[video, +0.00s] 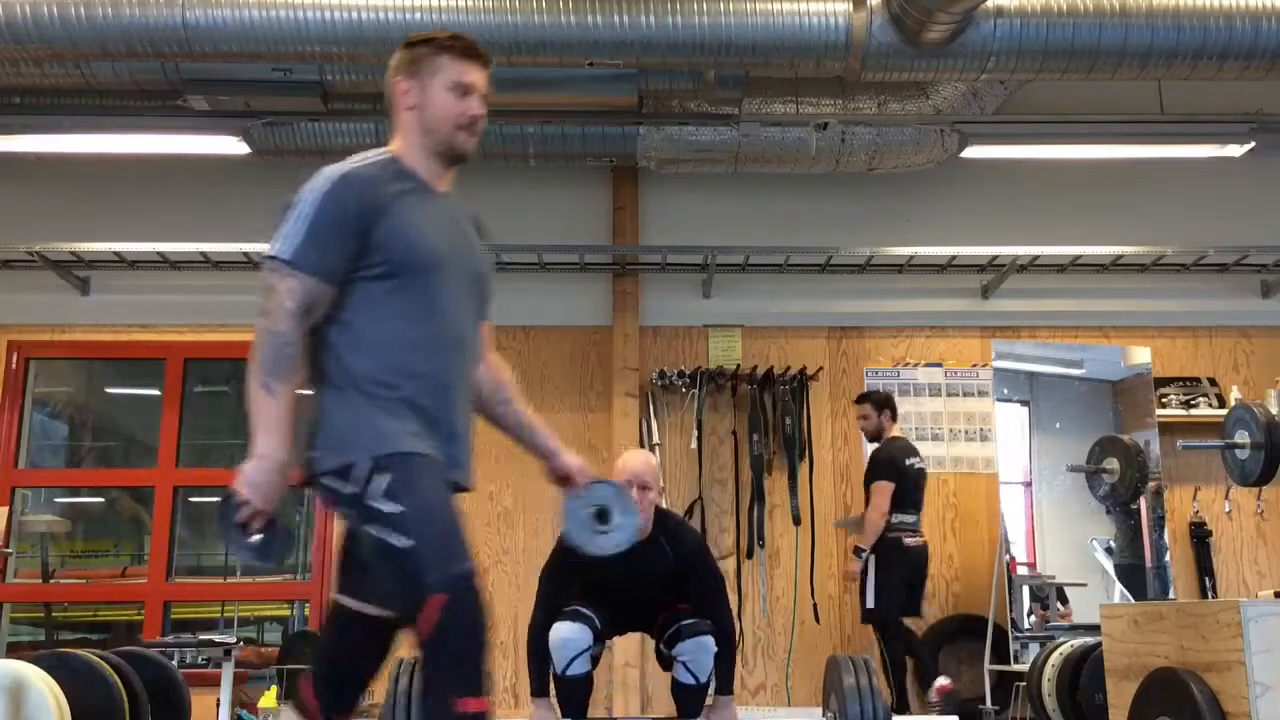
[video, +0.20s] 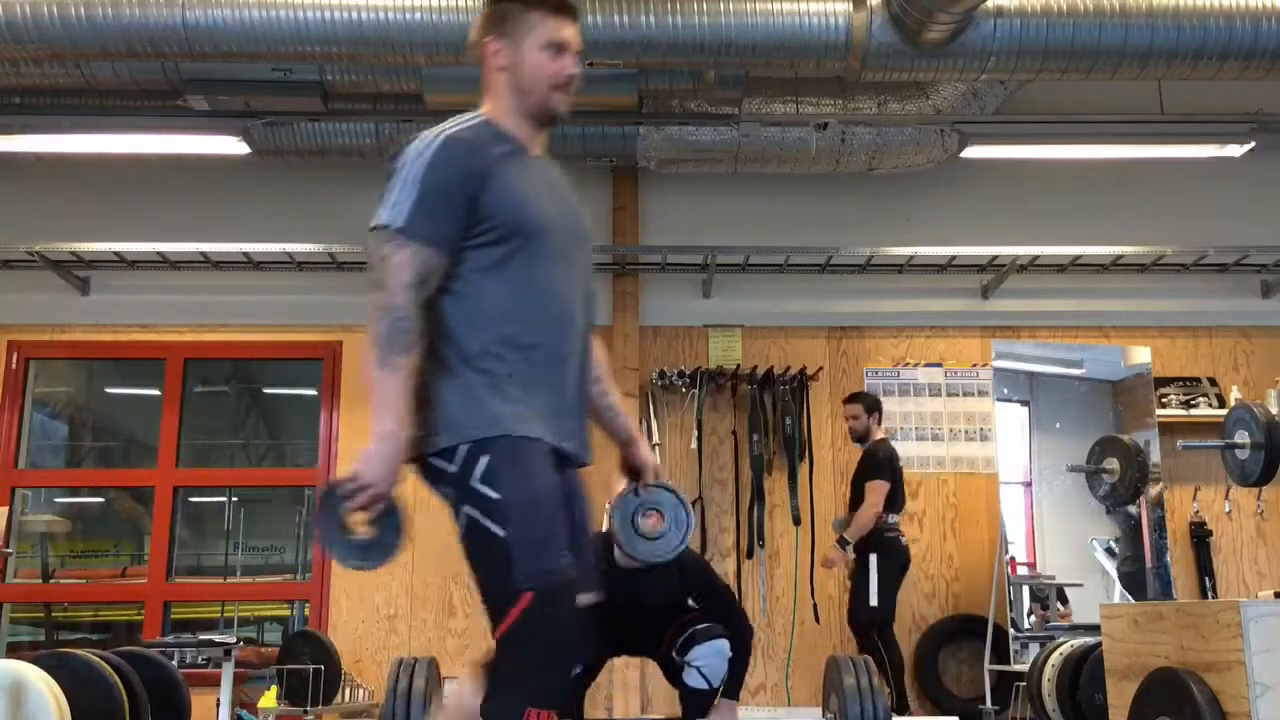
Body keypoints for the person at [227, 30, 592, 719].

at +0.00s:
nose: (478, 109)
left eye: (483, 97)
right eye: (461, 92)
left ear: (483, 108)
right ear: (406, 93)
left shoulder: (463, 226)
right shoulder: (348, 189)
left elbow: (478, 362)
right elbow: (280, 319)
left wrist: (552, 452)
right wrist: (270, 452)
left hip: (428, 455)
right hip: (370, 447)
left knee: (349, 656)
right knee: (457, 621)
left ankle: (306, 717)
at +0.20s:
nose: (573, 67)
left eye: (578, 55)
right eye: (554, 49)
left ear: (579, 68)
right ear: (496, 52)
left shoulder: (550, 180)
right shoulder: (454, 148)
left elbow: (568, 332)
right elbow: (397, 294)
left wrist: (626, 433)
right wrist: (390, 436)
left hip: (550, 436)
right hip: (484, 428)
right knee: (543, 628)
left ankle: (454, 699)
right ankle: (450, 703)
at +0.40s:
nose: (675, 41)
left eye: (677, 25)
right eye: (655, 21)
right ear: (596, 27)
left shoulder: (652, 157)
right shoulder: (546, 120)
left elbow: (635, 299)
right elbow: (508, 265)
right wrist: (535, 386)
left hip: (658, 436)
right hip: (578, 430)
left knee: (718, 638)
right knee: (552, 654)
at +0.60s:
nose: (794, 47)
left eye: (795, 31)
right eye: (773, 26)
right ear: (713, 32)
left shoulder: (768, 160)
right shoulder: (674, 122)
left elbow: (743, 309)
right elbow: (640, 266)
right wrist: (702, 364)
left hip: (785, 438)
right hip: (691, 441)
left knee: (873, 653)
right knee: (624, 670)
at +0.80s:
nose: (925, 22)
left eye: (929, 10)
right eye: (909, 4)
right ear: (845, 8)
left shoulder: (883, 124)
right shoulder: (812, 86)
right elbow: (772, 224)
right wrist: (842, 333)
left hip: (918, 417)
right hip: (864, 411)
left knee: (963, 620)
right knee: (908, 611)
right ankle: (793, 701)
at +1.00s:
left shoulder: (994, 87)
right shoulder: (931, 50)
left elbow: (1012, 275)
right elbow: (885, 207)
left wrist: (1083, 400)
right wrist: (925, 355)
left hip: (1005, 395)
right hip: (981, 394)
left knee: (974, 655)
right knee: (1108, 618)